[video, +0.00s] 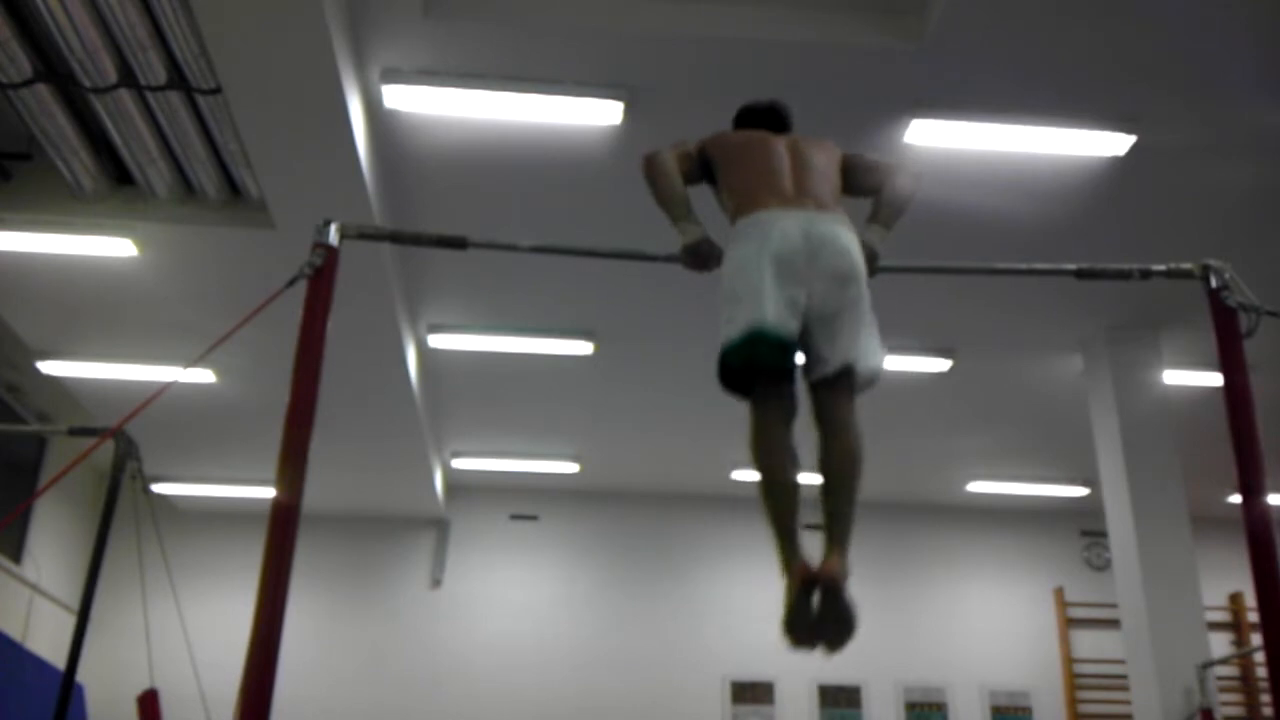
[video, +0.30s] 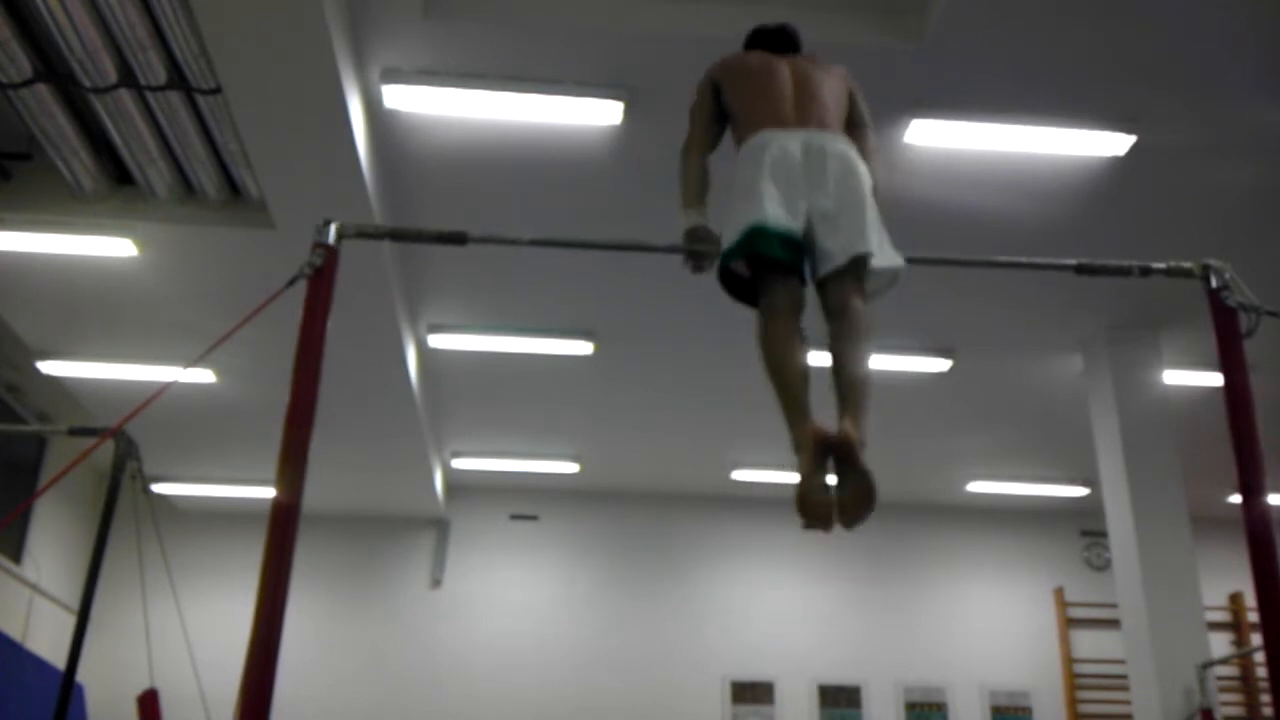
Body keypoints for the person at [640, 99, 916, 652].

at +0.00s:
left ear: (736, 131)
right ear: (792, 130)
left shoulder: (723, 145)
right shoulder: (826, 153)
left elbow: (658, 161)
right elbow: (896, 180)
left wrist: (689, 232)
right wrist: (874, 238)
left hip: (761, 238)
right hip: (835, 239)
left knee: (772, 416)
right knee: (838, 412)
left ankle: (795, 568)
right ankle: (836, 562)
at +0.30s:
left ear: (747, 50)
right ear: (802, 50)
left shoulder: (725, 70)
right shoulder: (837, 76)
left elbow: (696, 147)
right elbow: (864, 154)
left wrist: (694, 221)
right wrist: (862, 219)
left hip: (764, 160)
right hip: (841, 168)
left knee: (780, 311)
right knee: (847, 305)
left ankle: (805, 445)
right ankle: (851, 430)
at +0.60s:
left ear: (752, 104)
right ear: (811, 106)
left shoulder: (737, 119)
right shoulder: (843, 129)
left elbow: (679, 151)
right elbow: (903, 177)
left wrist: (693, 235)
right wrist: (871, 243)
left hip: (769, 244)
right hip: (844, 250)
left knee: (772, 420)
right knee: (842, 419)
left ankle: (789, 576)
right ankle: (837, 573)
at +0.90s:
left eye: (770, 143)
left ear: (767, 144)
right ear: (831, 144)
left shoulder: (740, 200)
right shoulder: (861, 210)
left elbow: (671, 288)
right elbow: (919, 301)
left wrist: (716, 237)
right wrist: (871, 242)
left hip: (758, 421)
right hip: (834, 425)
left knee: (746, 596)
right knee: (815, 593)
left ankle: (745, 717)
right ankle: (800, 717)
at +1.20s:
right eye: (800, 337)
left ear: (756, 343)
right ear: (815, 345)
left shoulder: (730, 404)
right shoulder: (843, 413)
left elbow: (675, 351)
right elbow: (885, 358)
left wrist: (689, 277)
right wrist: (877, 285)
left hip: (732, 618)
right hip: (809, 619)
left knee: (705, 712)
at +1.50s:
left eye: (757, 383)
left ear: (750, 397)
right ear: (809, 398)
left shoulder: (729, 445)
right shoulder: (832, 451)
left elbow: (681, 365)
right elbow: (877, 371)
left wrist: (691, 277)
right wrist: (874, 288)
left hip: (727, 650)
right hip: (803, 653)